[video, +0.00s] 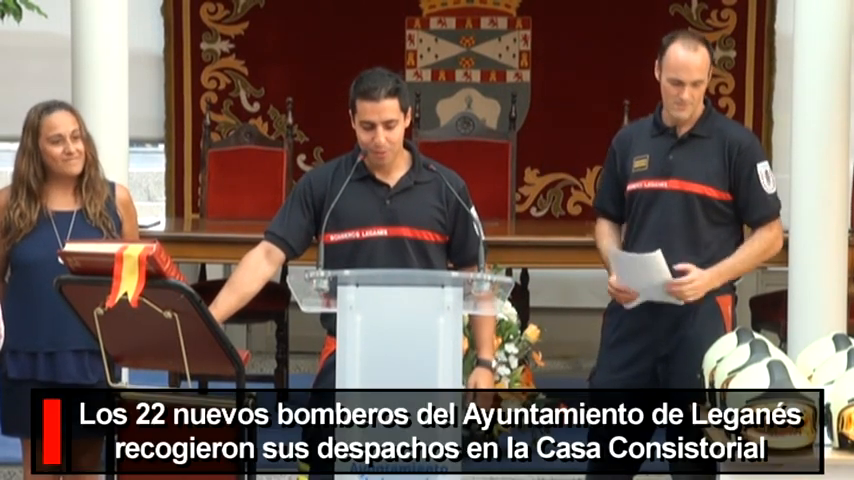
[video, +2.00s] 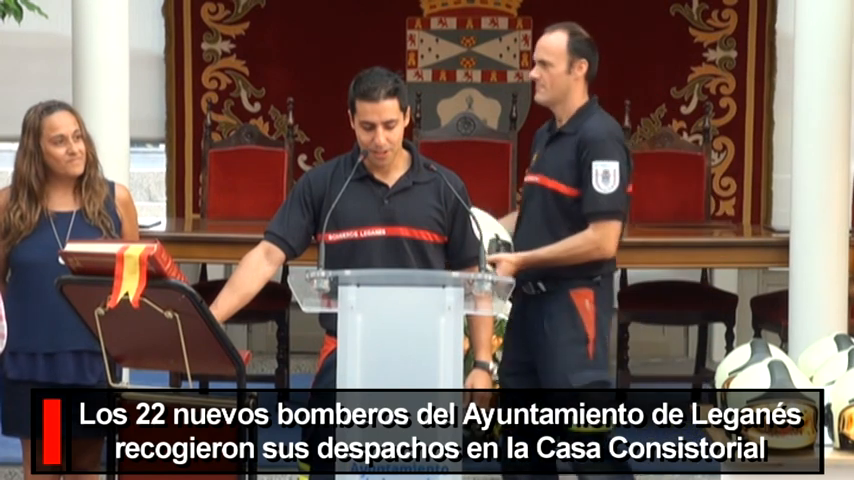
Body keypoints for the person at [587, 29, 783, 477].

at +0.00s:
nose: (685, 95)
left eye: (695, 84)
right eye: (676, 82)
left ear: (708, 81)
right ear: (658, 76)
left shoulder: (738, 145)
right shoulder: (628, 141)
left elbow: (772, 234)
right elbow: (607, 219)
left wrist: (710, 278)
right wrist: (617, 269)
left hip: (700, 325)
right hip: (631, 320)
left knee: (694, 457)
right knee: (608, 451)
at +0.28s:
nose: (687, 102)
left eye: (696, 91)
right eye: (677, 90)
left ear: (710, 85)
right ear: (658, 82)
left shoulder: (742, 145)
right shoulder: (626, 144)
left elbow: (772, 229)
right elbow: (613, 229)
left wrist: (768, 299)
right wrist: (636, 300)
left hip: (706, 312)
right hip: (634, 309)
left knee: (697, 446)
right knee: (609, 441)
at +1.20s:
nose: (637, 121)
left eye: (647, 108)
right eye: (628, 110)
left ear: (671, 96)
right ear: (618, 103)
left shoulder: (719, 147)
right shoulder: (600, 159)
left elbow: (763, 217)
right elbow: (586, 238)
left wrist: (718, 259)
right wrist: (606, 309)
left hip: (698, 314)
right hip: (625, 313)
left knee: (691, 445)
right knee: (600, 441)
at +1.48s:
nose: (612, 98)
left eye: (622, 86)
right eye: (608, 87)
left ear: (657, 82)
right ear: (605, 86)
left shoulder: (705, 145)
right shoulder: (597, 144)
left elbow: (741, 232)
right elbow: (582, 225)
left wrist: (671, 265)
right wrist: (570, 274)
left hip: (673, 324)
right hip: (603, 322)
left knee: (679, 460)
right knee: (572, 457)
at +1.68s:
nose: (585, 85)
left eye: (596, 75)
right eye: (584, 75)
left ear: (631, 74)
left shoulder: (674, 143)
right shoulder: (584, 141)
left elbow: (697, 241)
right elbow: (572, 225)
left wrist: (616, 263)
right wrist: (541, 247)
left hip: (646, 314)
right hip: (584, 313)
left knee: (659, 454)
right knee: (553, 450)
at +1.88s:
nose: (551, 78)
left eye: (562, 69)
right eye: (551, 68)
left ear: (598, 72)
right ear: (585, 71)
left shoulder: (625, 138)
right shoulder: (560, 138)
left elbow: (636, 243)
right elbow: (549, 211)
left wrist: (553, 263)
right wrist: (509, 238)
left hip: (601, 308)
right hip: (548, 307)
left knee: (625, 451)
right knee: (530, 445)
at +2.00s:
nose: (532, 74)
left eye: (543, 65)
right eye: (533, 64)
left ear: (579, 70)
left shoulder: (600, 135)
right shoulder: (546, 134)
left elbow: (603, 241)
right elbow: (532, 214)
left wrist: (521, 261)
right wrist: (484, 236)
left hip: (574, 303)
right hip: (530, 301)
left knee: (587, 442)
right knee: (521, 438)